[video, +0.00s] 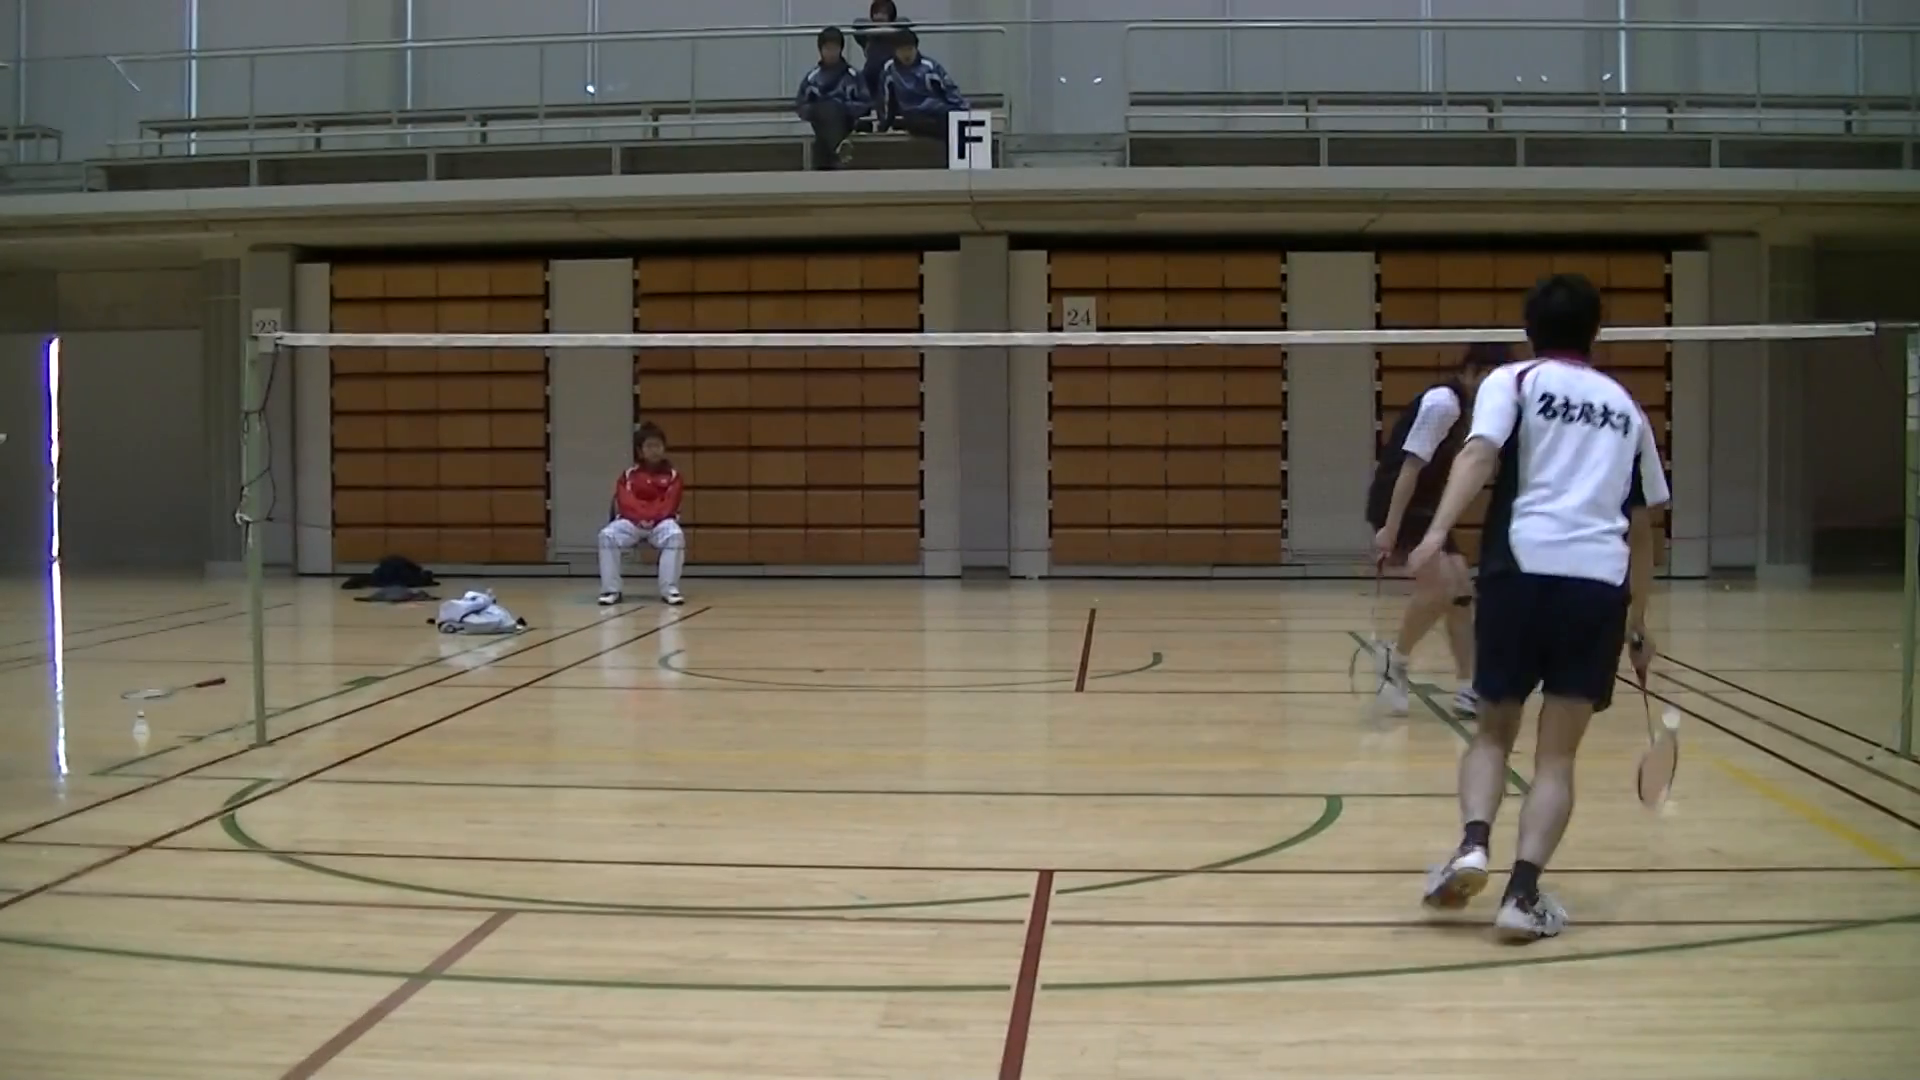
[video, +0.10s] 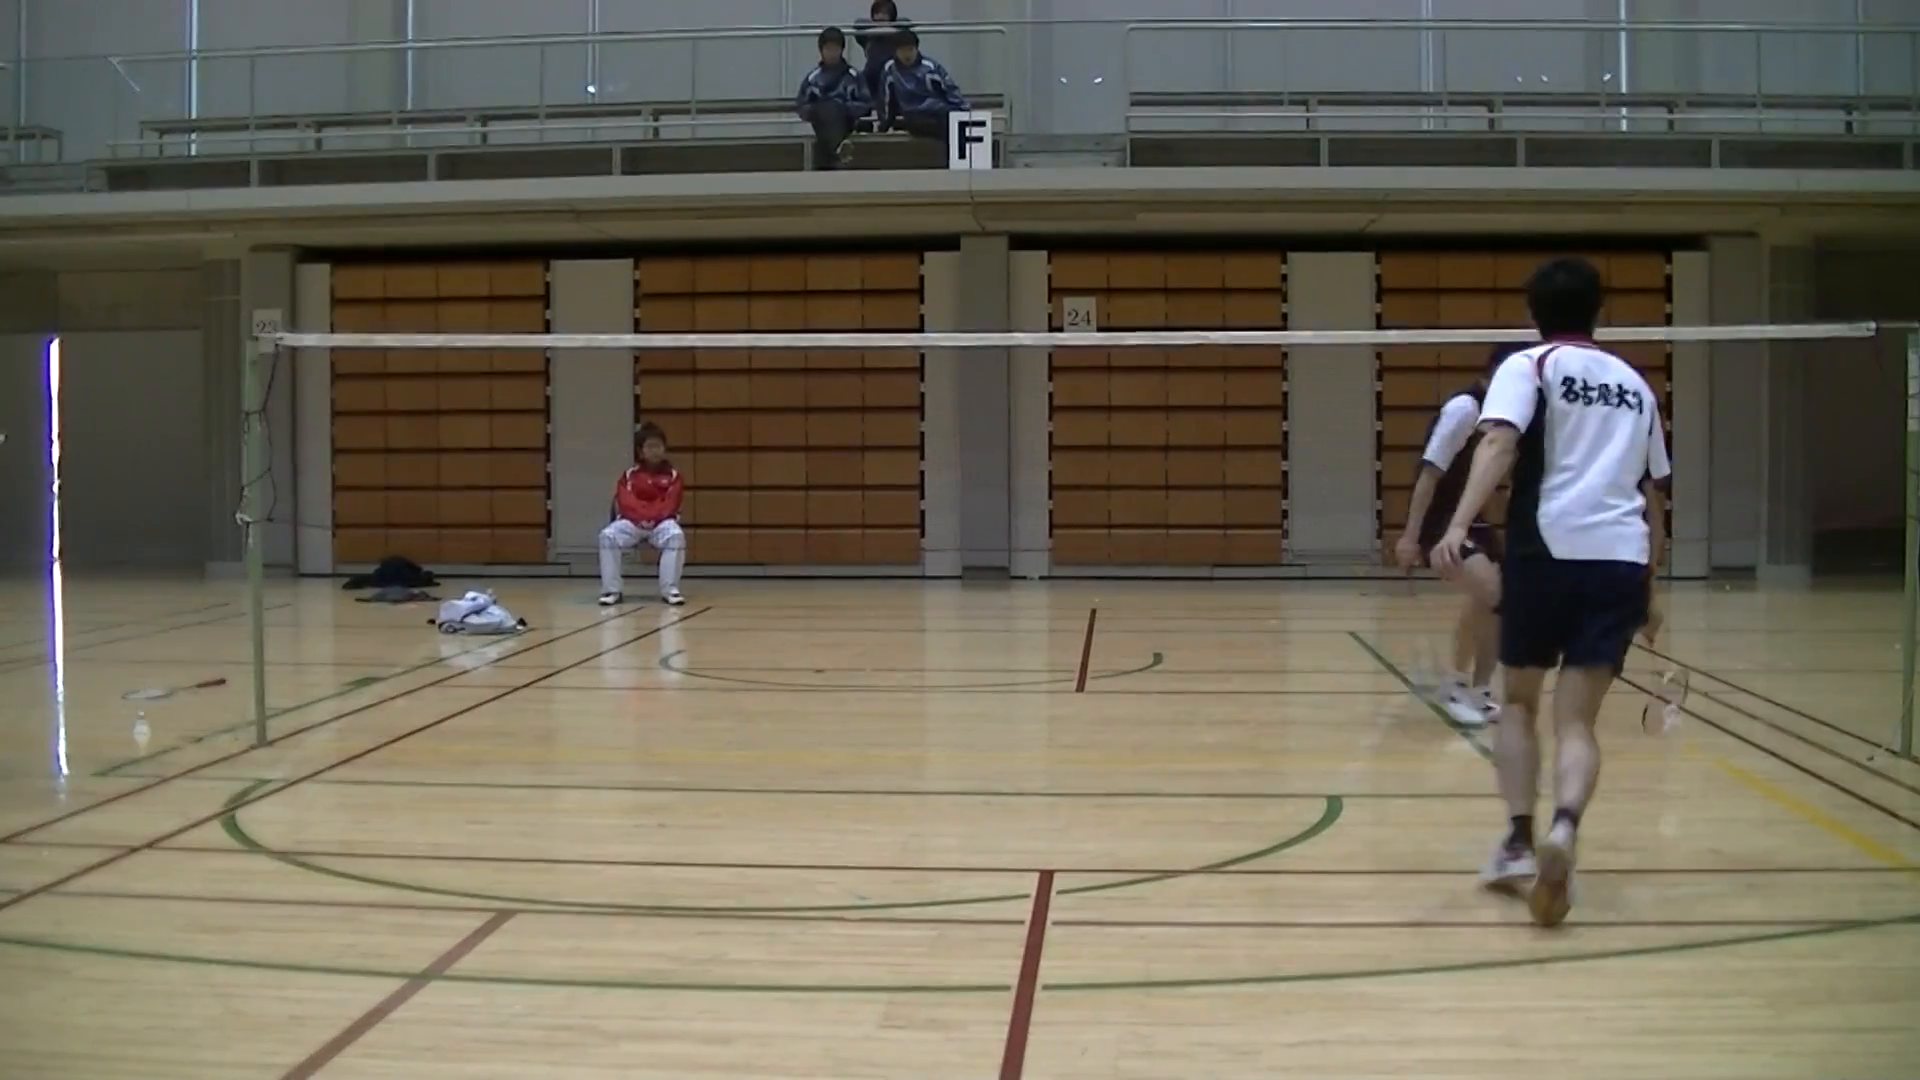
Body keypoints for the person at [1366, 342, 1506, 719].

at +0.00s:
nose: (1495, 387)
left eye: (1499, 380)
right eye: (1492, 377)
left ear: (1491, 377)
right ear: (1473, 371)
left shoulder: (1474, 410)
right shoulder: (1443, 402)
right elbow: (1410, 467)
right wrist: (1391, 527)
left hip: (1428, 508)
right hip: (1399, 509)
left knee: (1461, 589)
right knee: (1439, 584)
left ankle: (1471, 685)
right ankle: (1395, 661)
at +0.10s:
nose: (1516, 386)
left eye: (1520, 380)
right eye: (1511, 376)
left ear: (1519, 386)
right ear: (1494, 374)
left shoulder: (1514, 419)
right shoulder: (1464, 408)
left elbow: (1500, 485)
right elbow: (1430, 473)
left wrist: (1500, 534)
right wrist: (1410, 535)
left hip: (1476, 523)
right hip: (1441, 522)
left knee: (1489, 598)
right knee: (1489, 588)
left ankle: (1481, 689)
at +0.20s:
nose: (1546, 388)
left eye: (1550, 381)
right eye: (1541, 378)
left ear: (1551, 384)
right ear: (1524, 374)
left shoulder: (1546, 418)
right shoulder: (1488, 409)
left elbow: (1527, 484)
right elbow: (1458, 478)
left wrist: (1527, 530)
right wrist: (1446, 542)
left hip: (1509, 525)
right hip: (1473, 524)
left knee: (1516, 604)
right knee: (1514, 592)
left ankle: (1483, 687)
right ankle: (1517, 693)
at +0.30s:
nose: (1566, 402)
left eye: (1573, 393)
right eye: (1562, 391)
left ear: (1576, 393)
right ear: (1547, 386)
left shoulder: (1578, 426)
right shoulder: (1517, 414)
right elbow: (1491, 487)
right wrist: (1486, 552)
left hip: (1543, 536)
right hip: (1504, 537)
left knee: (1536, 615)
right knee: (1535, 605)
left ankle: (1494, 681)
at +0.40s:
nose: (1616, 422)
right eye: (1611, 411)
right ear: (1591, 405)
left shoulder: (1599, 447)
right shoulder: (1551, 441)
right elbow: (1524, 511)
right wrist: (1519, 583)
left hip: (1551, 533)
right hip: (1519, 535)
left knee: (1575, 619)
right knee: (1579, 610)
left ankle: (1505, 676)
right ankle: (1592, 715)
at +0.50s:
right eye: (1639, 435)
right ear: (1622, 425)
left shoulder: (1624, 448)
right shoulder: (1578, 446)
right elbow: (1546, 524)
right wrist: (1542, 599)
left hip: (1560, 536)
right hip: (1530, 531)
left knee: (1585, 620)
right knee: (1589, 609)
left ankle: (1511, 673)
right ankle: (1598, 720)